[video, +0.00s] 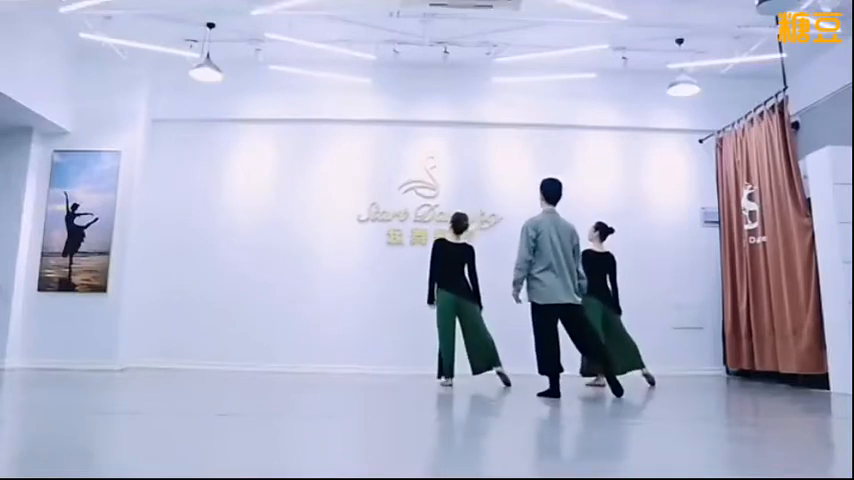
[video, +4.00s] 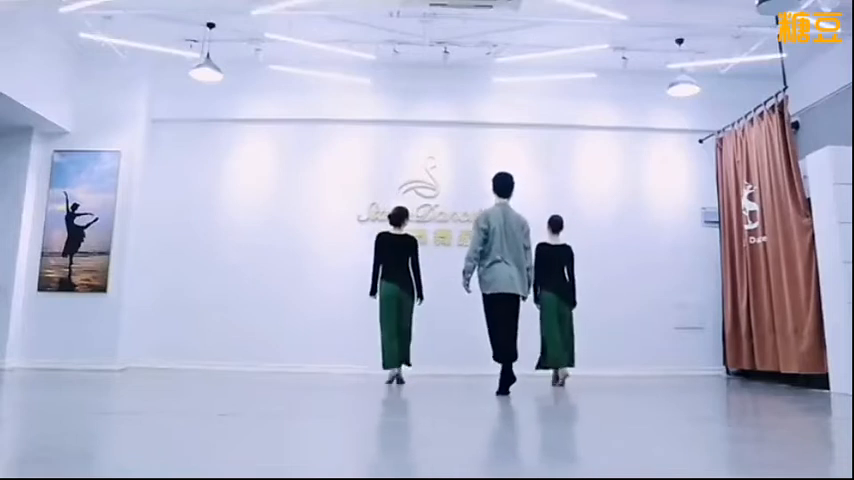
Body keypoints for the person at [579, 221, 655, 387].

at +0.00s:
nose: (588, 232)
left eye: (591, 230)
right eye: (591, 229)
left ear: (596, 233)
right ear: (602, 235)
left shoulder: (585, 255)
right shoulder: (609, 257)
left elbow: (580, 276)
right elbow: (613, 283)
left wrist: (577, 295)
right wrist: (616, 305)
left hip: (590, 298)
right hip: (607, 299)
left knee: (595, 335)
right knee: (622, 336)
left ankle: (600, 376)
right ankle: (642, 369)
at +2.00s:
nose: (591, 242)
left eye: (590, 239)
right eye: (595, 240)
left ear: (589, 240)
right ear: (602, 243)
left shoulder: (578, 258)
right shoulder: (606, 261)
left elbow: (573, 281)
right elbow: (614, 286)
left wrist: (573, 303)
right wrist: (620, 309)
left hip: (585, 306)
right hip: (603, 305)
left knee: (587, 342)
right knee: (614, 338)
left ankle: (597, 378)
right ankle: (637, 369)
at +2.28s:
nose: (587, 251)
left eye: (586, 248)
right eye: (591, 248)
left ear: (584, 249)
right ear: (598, 251)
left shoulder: (576, 266)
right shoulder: (603, 269)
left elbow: (570, 288)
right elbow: (610, 293)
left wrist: (569, 309)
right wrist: (615, 314)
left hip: (585, 311)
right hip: (604, 312)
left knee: (588, 342)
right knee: (599, 341)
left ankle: (595, 377)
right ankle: (618, 370)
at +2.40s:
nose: (587, 257)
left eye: (585, 253)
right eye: (592, 254)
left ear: (581, 254)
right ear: (596, 256)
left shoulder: (573, 270)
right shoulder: (600, 273)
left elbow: (568, 293)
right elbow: (607, 299)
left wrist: (569, 314)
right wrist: (610, 320)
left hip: (582, 313)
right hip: (599, 315)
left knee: (586, 345)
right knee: (595, 344)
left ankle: (585, 376)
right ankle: (599, 374)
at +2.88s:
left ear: (568, 258)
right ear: (579, 256)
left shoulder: (567, 267)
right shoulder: (592, 265)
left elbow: (567, 292)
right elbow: (599, 289)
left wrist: (567, 314)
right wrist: (605, 309)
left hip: (583, 305)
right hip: (600, 306)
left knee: (585, 341)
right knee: (587, 340)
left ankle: (595, 377)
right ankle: (573, 369)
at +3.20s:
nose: (561, 238)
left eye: (561, 235)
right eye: (563, 235)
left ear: (563, 235)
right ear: (575, 235)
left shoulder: (561, 247)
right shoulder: (585, 250)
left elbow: (557, 272)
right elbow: (592, 275)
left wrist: (556, 293)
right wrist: (593, 297)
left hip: (569, 289)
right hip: (585, 290)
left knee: (574, 328)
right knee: (582, 329)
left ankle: (585, 367)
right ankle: (573, 368)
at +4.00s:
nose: (551, 230)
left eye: (550, 227)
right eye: (555, 227)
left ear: (548, 227)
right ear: (562, 228)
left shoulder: (541, 247)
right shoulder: (567, 249)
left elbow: (537, 272)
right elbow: (571, 276)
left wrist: (536, 293)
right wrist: (573, 297)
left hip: (547, 292)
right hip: (564, 293)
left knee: (551, 330)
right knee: (563, 330)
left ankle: (560, 367)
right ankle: (557, 369)